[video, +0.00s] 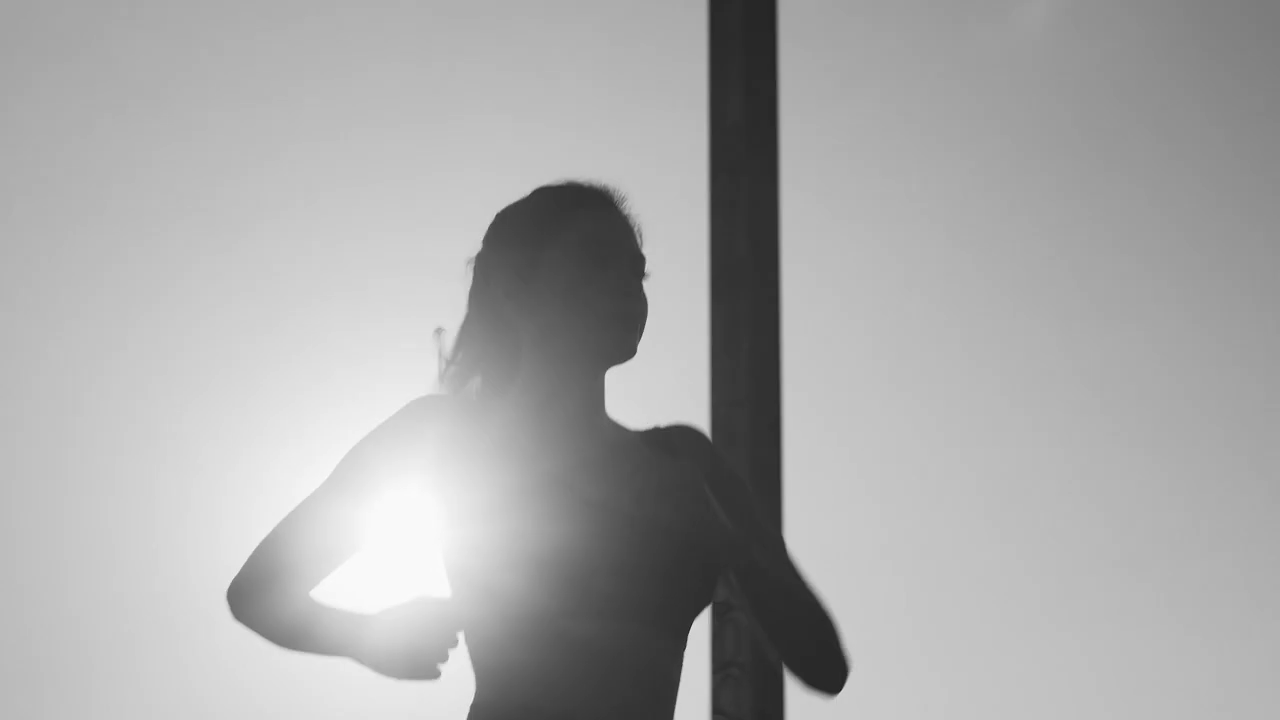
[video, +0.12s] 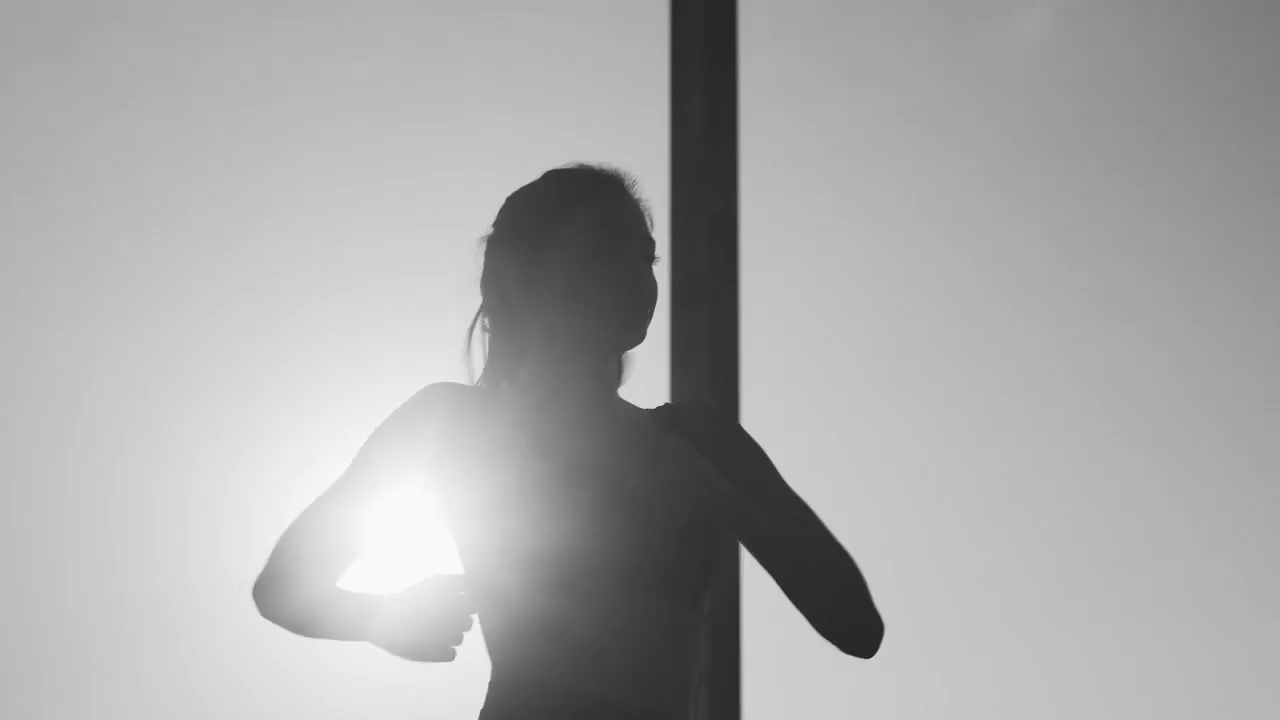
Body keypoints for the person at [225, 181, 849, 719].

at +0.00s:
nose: (641, 293)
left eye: (639, 270)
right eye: (615, 269)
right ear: (540, 286)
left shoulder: (679, 463)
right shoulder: (439, 434)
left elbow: (826, 668)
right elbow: (257, 593)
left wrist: (728, 534)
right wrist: (363, 635)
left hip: (637, 711)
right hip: (506, 710)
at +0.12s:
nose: (647, 286)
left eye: (646, 261)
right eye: (617, 260)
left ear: (644, 288)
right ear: (535, 280)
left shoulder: (688, 445)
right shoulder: (446, 424)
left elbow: (859, 630)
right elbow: (281, 588)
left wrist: (734, 471)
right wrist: (382, 616)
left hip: (663, 706)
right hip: (524, 705)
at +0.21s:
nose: (643, 278)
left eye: (647, 254)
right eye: (609, 251)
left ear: (652, 281)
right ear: (526, 277)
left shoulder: (695, 441)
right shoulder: (458, 425)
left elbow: (864, 635)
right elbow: (300, 603)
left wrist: (735, 480)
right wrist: (403, 623)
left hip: (673, 706)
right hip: (536, 705)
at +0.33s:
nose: (655, 302)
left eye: (661, 276)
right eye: (619, 275)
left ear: (671, 300)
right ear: (542, 303)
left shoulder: (713, 467)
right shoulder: (471, 450)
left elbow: (847, 685)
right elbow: (331, 655)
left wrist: (740, 519)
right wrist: (474, 657)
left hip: (677, 709)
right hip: (539, 714)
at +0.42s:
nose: (675, 329)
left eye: (668, 302)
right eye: (627, 299)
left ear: (675, 330)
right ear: (549, 328)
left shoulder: (722, 493)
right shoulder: (479, 476)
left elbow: (816, 699)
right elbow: (354, 694)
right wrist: (518, 686)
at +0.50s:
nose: (691, 341)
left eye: (690, 314)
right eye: (657, 307)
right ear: (556, 339)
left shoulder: (728, 510)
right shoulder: (495, 493)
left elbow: (781, 704)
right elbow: (395, 696)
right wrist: (519, 709)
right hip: (563, 708)